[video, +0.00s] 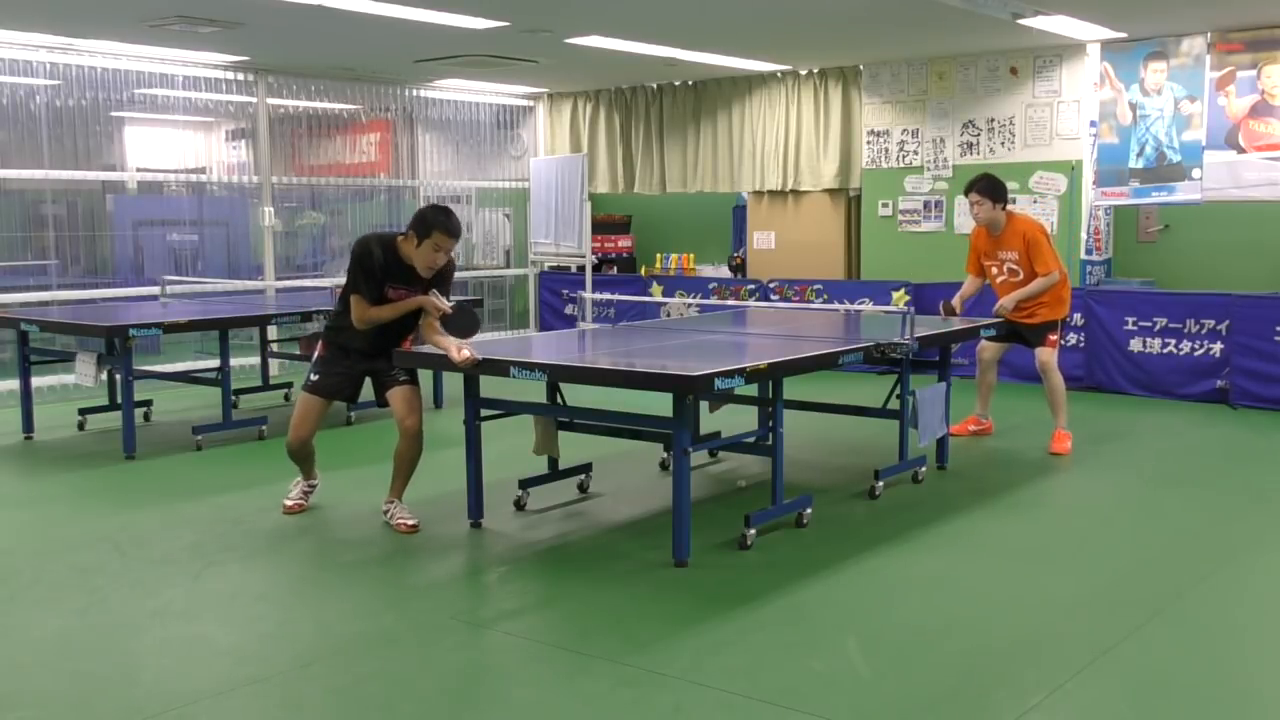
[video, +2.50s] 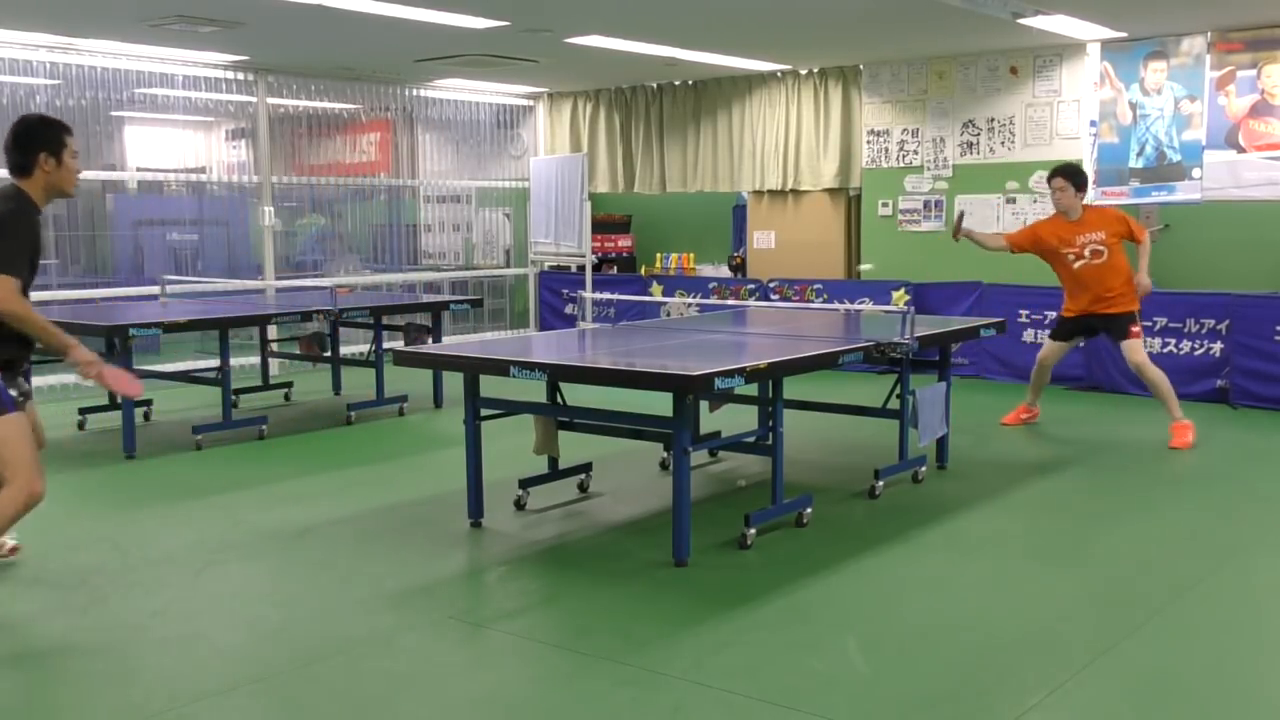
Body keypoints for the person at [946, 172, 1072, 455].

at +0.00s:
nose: (974, 211)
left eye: (980, 204)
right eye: (971, 204)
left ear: (999, 205)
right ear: (971, 206)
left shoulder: (1029, 230)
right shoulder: (979, 235)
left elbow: (1053, 275)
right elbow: (977, 276)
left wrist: (1015, 296)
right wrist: (958, 298)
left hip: (1046, 306)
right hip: (1011, 308)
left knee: (1045, 362)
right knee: (985, 353)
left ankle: (1061, 429)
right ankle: (982, 418)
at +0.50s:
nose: (977, 183)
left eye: (983, 177)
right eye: (975, 177)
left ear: (1002, 179)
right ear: (975, 181)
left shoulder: (1028, 213)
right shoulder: (977, 218)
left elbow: (1050, 256)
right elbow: (970, 260)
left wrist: (1014, 277)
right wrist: (956, 273)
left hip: (1037, 306)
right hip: (1000, 306)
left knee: (1042, 360)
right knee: (978, 355)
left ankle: (1061, 429)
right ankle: (981, 419)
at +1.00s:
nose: (998, 191)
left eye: (1004, 185)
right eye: (995, 186)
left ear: (1023, 189)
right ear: (994, 189)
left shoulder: (1049, 224)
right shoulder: (991, 224)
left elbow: (1066, 271)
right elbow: (974, 262)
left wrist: (1031, 288)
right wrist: (950, 277)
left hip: (1050, 313)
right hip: (1009, 313)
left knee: (1060, 368)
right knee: (979, 359)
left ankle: (1078, 434)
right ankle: (981, 419)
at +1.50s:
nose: (977, 211)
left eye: (982, 205)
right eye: (975, 205)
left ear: (1003, 206)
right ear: (973, 206)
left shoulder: (1029, 234)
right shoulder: (970, 238)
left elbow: (1050, 280)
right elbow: (926, 255)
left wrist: (1016, 292)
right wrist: (927, 276)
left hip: (1035, 322)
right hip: (993, 321)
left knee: (1051, 374)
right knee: (953, 361)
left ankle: (1076, 433)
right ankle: (947, 427)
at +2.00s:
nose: (1001, 184)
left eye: (1008, 178)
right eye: (999, 179)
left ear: (1027, 181)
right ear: (999, 182)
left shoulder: (1052, 216)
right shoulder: (999, 220)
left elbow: (1076, 256)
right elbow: (975, 256)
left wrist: (1046, 271)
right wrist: (945, 261)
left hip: (1053, 312)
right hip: (1015, 311)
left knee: (1058, 368)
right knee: (988, 355)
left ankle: (1075, 424)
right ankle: (957, 417)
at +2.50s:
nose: (1054, 196)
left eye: (1060, 190)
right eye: (1052, 191)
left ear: (1079, 192)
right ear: (1051, 195)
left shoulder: (1109, 218)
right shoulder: (1044, 231)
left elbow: (1143, 236)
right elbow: (1002, 242)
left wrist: (1143, 272)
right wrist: (968, 233)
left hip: (1120, 307)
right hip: (1076, 311)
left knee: (1138, 361)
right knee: (1044, 359)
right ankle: (1030, 407)